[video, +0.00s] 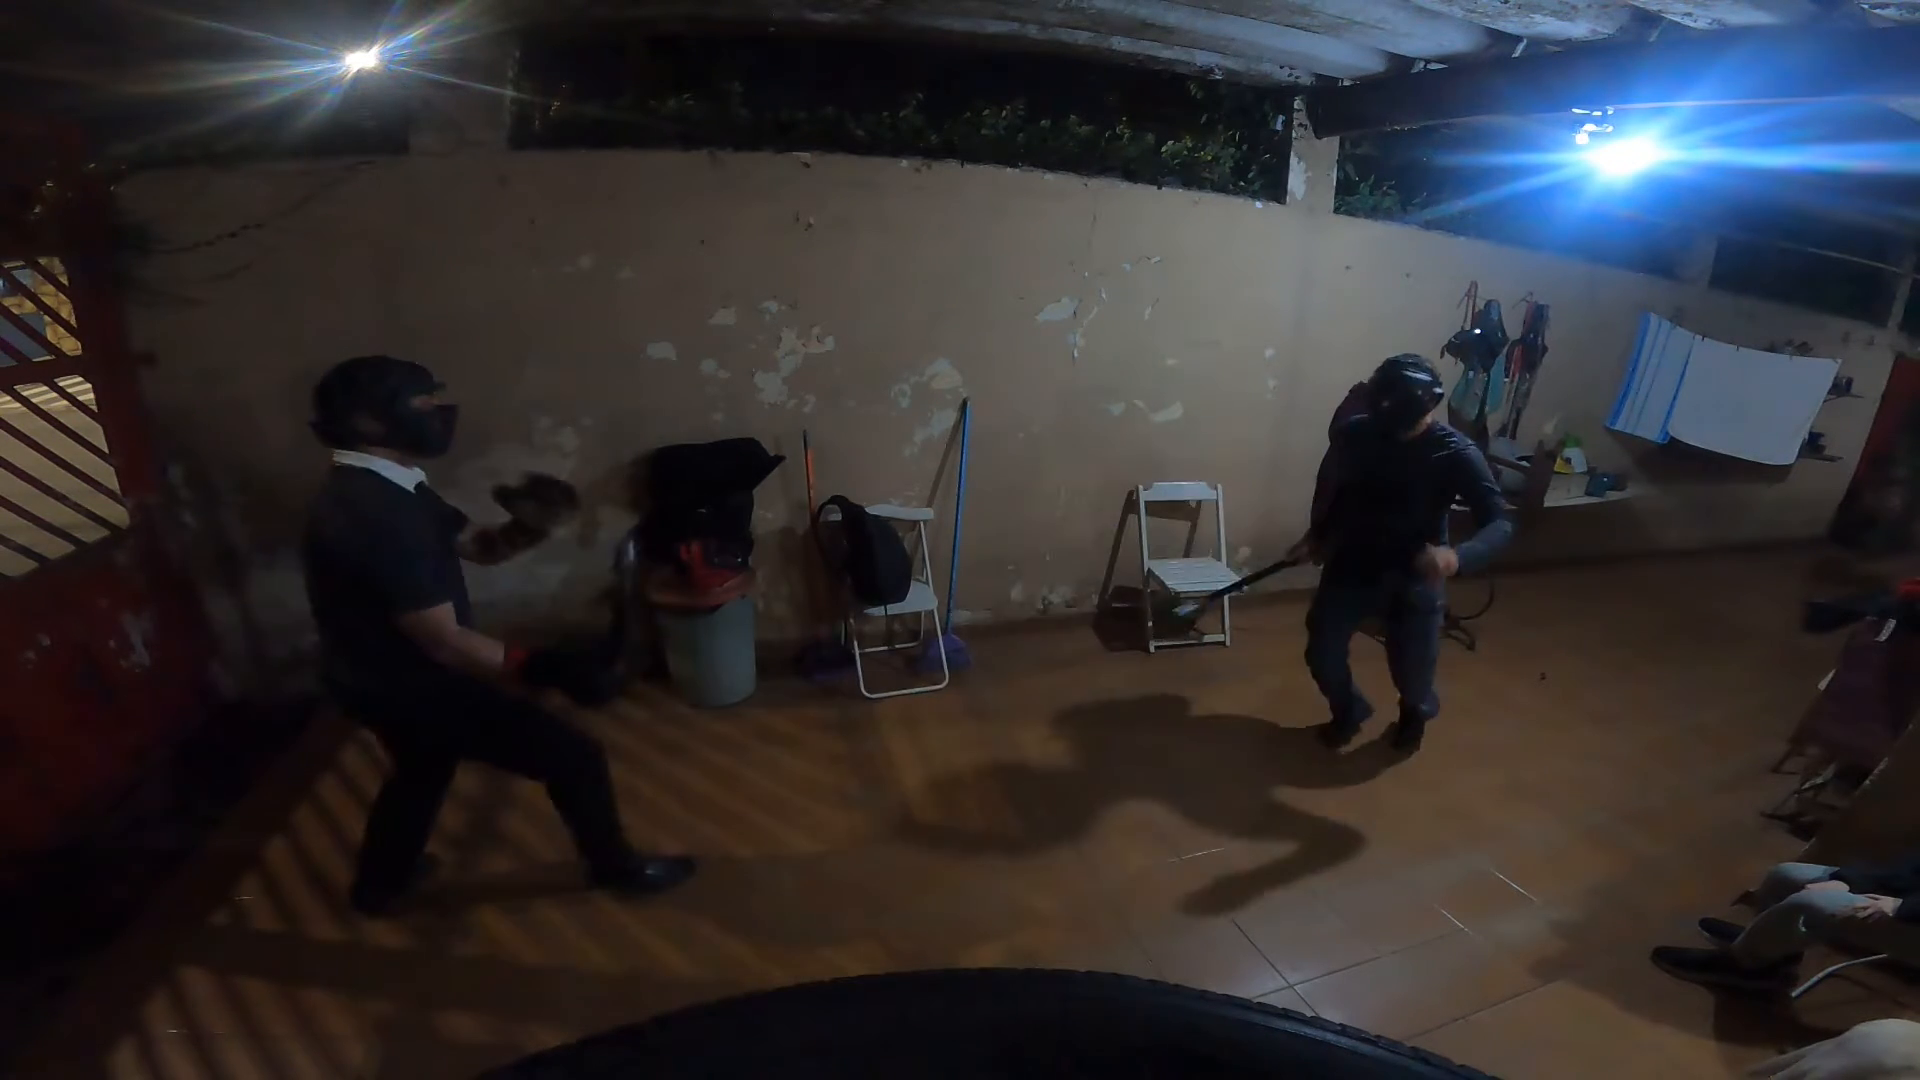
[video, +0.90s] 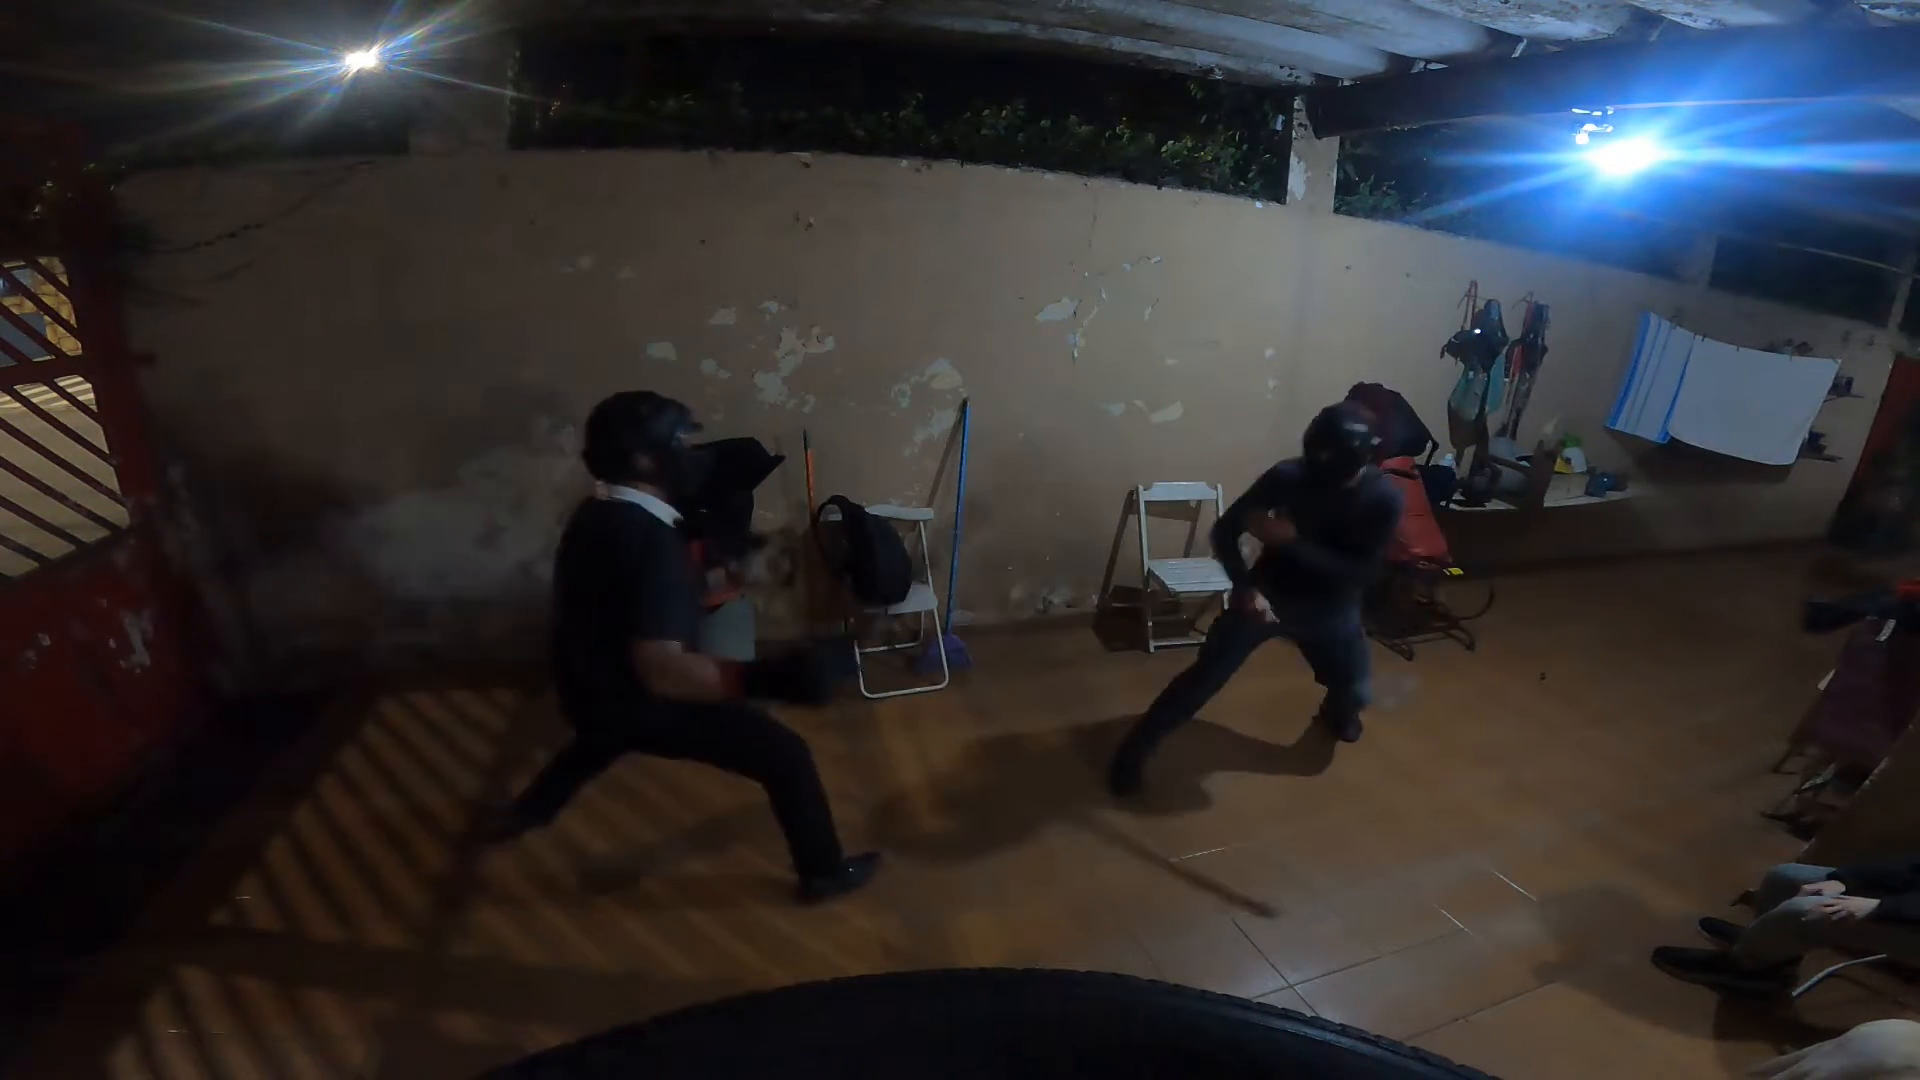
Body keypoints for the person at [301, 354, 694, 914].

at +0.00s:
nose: (444, 407)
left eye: (437, 396)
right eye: (425, 399)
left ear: (373, 425)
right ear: (378, 421)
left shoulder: (374, 486)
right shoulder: (391, 511)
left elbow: (480, 549)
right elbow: (440, 639)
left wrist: (531, 525)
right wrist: (530, 666)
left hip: (376, 683)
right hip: (416, 692)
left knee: (425, 765)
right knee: (572, 755)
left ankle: (381, 880)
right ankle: (615, 865)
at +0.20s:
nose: (505, 422)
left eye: (498, 410)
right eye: (487, 414)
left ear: (437, 438)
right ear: (441, 436)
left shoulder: (436, 498)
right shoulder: (445, 522)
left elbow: (521, 557)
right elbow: (495, 648)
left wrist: (583, 567)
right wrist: (580, 669)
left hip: (425, 686)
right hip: (458, 697)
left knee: (438, 781)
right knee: (602, 773)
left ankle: (378, 883)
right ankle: (692, 863)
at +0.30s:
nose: (563, 428)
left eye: (558, 415)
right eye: (546, 417)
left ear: (489, 439)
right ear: (498, 437)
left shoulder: (462, 504)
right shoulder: (504, 525)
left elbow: (526, 556)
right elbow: (574, 646)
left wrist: (583, 561)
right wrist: (654, 641)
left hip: (461, 692)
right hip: (508, 702)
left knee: (462, 770)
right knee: (643, 764)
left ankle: (381, 873)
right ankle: (704, 865)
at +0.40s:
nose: (625, 420)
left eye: (620, 407)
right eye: (609, 410)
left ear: (553, 437)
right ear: (563, 434)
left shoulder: (517, 499)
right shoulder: (577, 522)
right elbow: (661, 624)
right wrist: (739, 608)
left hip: (514, 684)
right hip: (563, 698)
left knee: (519, 762)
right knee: (693, 762)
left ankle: (419, 852)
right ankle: (711, 866)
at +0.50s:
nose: (658, 413)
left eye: (653, 401)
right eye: (643, 404)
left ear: (591, 425)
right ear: (600, 424)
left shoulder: (547, 486)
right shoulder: (611, 504)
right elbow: (682, 621)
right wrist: (763, 649)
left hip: (533, 671)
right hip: (585, 687)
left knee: (585, 740)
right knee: (707, 755)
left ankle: (499, 839)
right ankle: (714, 864)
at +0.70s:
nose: (698, 427)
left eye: (695, 415)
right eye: (686, 416)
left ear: (626, 430)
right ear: (646, 430)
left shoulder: (584, 491)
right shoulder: (648, 512)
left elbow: (598, 596)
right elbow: (649, 653)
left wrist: (683, 595)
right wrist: (715, 699)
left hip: (558, 682)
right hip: (611, 692)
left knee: (620, 739)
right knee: (762, 734)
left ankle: (569, 864)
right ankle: (778, 856)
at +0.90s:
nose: (691, 458)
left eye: (689, 445)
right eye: (681, 447)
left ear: (625, 462)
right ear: (644, 461)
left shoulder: (592, 521)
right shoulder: (650, 539)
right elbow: (660, 666)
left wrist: (702, 592)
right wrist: (756, 678)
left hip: (594, 699)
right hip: (645, 709)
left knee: (591, 752)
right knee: (783, 753)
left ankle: (516, 818)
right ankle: (823, 870)